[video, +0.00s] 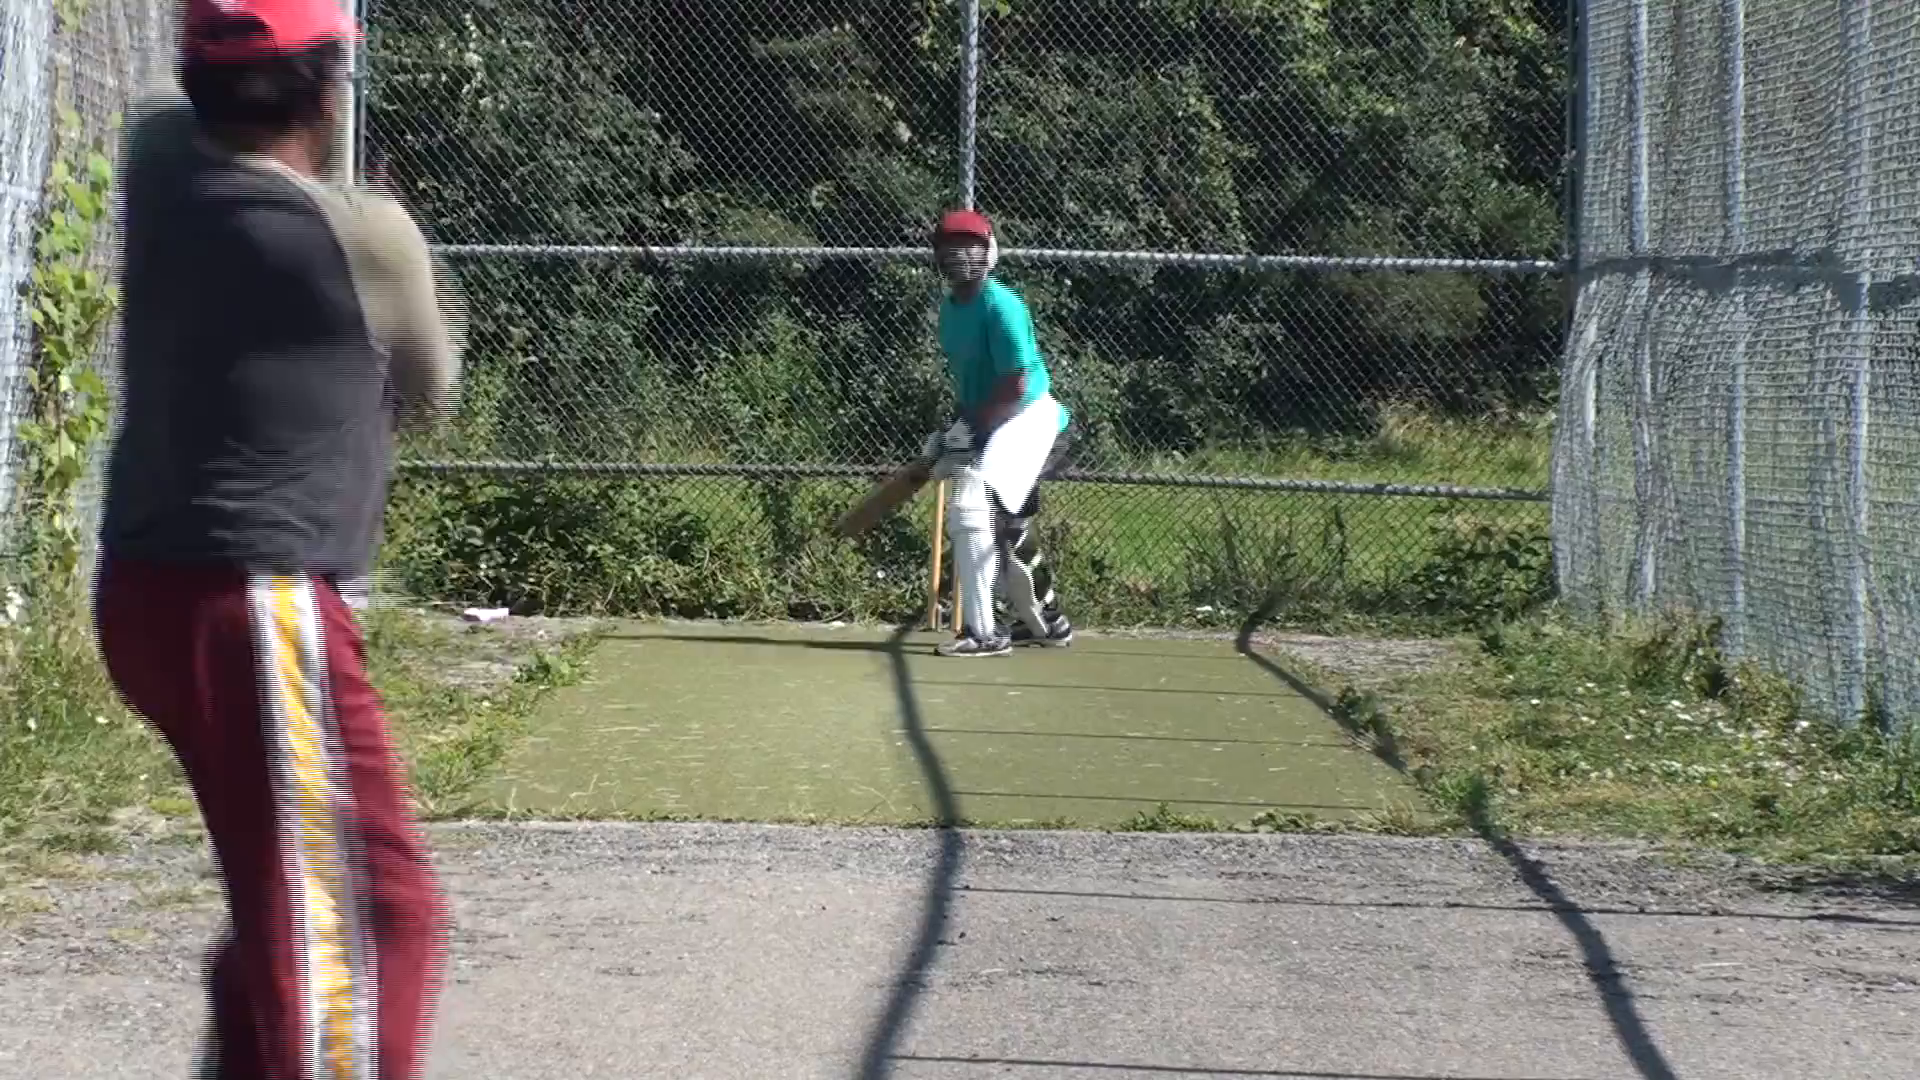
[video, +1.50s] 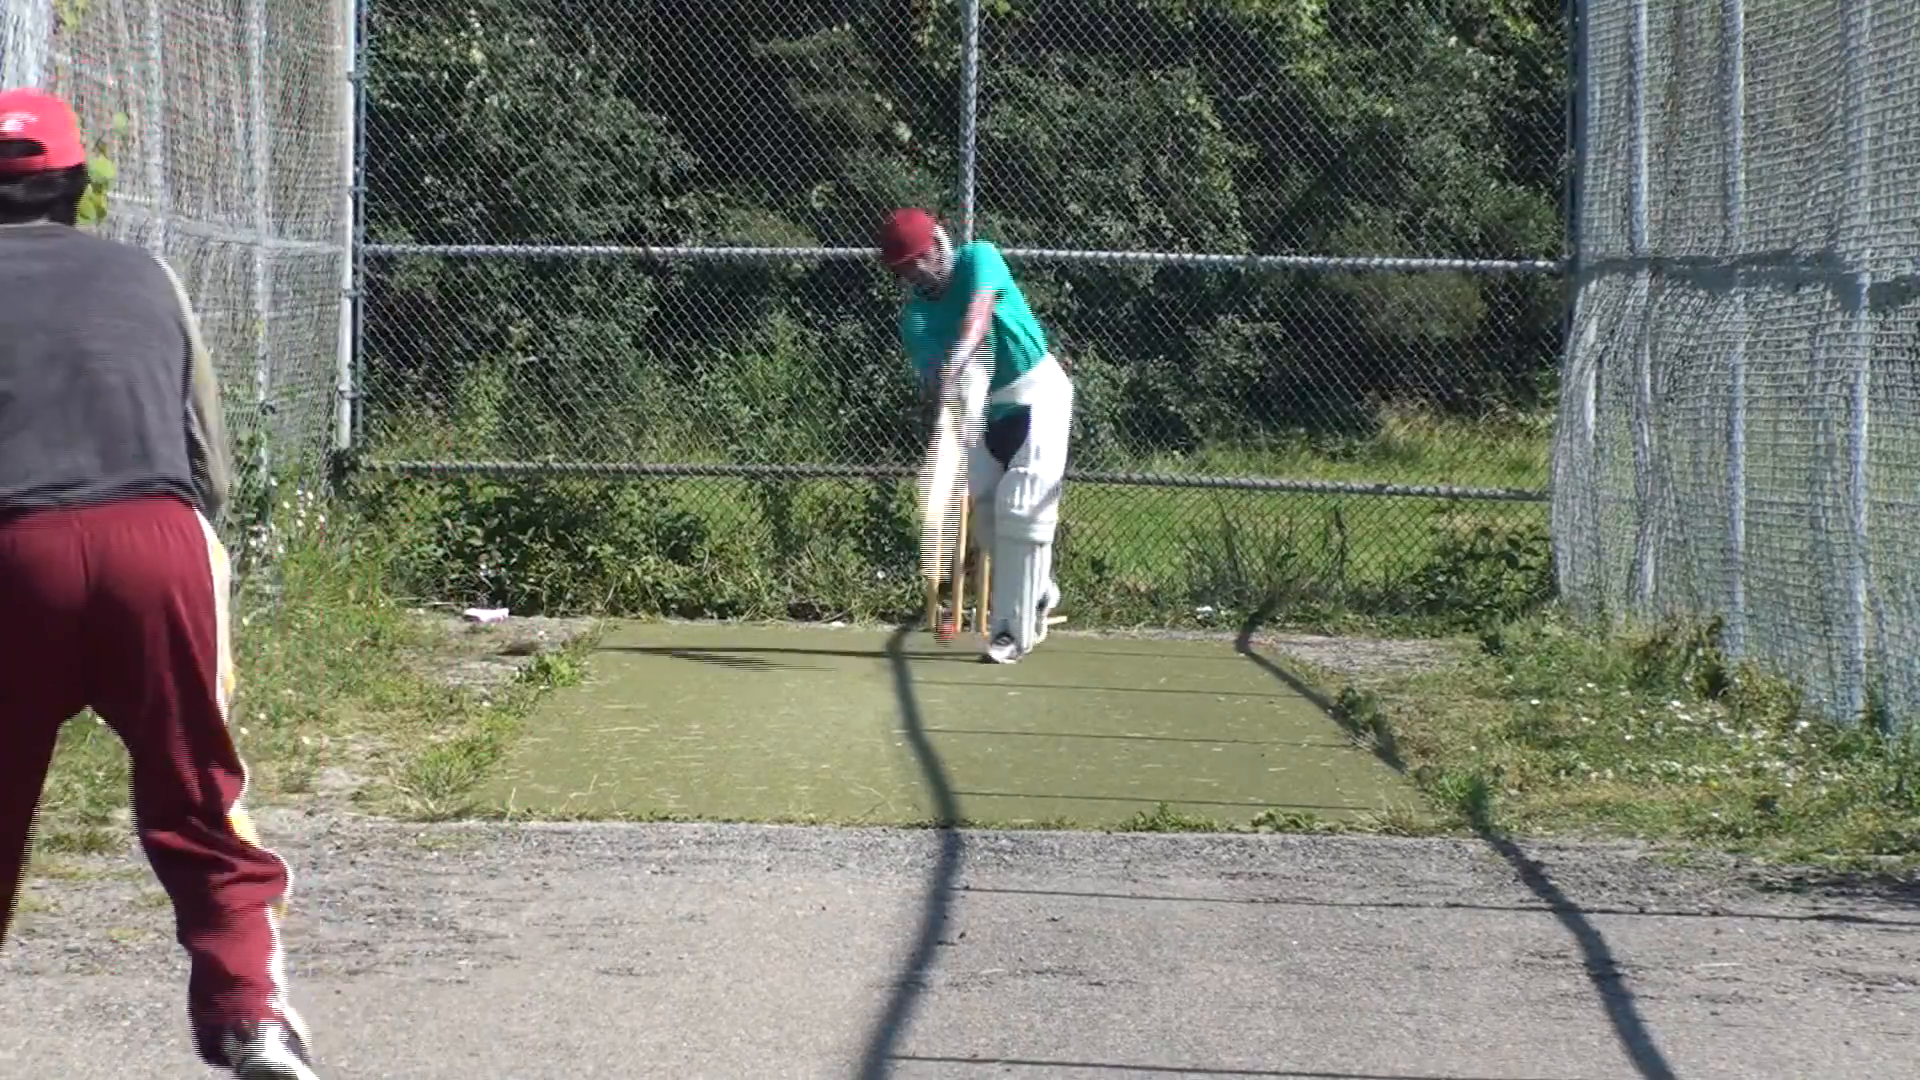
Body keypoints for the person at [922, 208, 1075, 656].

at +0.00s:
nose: (967, 257)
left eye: (976, 247)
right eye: (955, 249)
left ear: (990, 254)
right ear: (939, 258)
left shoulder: (1001, 305)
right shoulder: (950, 308)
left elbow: (1015, 386)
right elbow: (969, 378)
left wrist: (973, 429)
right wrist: (959, 430)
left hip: (1027, 414)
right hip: (990, 417)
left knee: (970, 502)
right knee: (996, 521)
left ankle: (983, 632)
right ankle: (1044, 620)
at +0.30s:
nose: (955, 288)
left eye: (965, 279)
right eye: (946, 280)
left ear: (982, 287)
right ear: (933, 289)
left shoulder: (999, 339)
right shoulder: (936, 331)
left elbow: (1011, 420)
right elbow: (947, 394)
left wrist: (957, 445)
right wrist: (930, 438)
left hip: (1025, 431)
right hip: (978, 430)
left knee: (966, 509)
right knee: (951, 515)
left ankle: (985, 632)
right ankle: (1009, 608)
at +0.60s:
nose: (955, 266)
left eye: (965, 258)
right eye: (945, 259)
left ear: (981, 264)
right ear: (933, 267)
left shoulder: (996, 314)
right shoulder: (938, 316)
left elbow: (1015, 390)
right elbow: (951, 386)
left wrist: (963, 431)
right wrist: (931, 435)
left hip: (1027, 419)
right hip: (982, 422)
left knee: (967, 493)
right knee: (942, 504)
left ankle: (997, 620)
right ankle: (982, 608)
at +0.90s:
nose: (953, 252)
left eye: (964, 243)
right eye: (944, 244)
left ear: (981, 250)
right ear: (933, 252)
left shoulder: (990, 300)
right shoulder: (950, 296)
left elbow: (987, 381)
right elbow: (964, 369)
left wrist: (944, 403)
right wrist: (946, 402)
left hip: (1037, 400)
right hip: (1002, 404)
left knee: (987, 502)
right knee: (975, 502)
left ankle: (1011, 627)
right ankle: (1005, 613)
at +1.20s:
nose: (940, 274)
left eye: (951, 264)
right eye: (932, 266)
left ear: (971, 263)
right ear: (925, 266)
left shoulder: (974, 323)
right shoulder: (975, 278)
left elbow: (959, 379)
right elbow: (1005, 282)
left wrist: (932, 360)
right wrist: (941, 335)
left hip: (1039, 398)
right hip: (1006, 404)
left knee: (998, 502)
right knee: (973, 506)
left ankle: (1025, 627)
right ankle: (1013, 620)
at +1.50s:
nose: (913, 274)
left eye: (918, 260)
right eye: (903, 269)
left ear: (939, 243)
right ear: (898, 272)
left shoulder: (979, 257)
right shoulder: (916, 319)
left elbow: (980, 310)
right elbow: (935, 380)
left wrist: (961, 355)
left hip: (1036, 392)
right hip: (983, 410)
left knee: (1021, 509)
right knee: (982, 508)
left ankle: (1011, 632)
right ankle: (1037, 593)